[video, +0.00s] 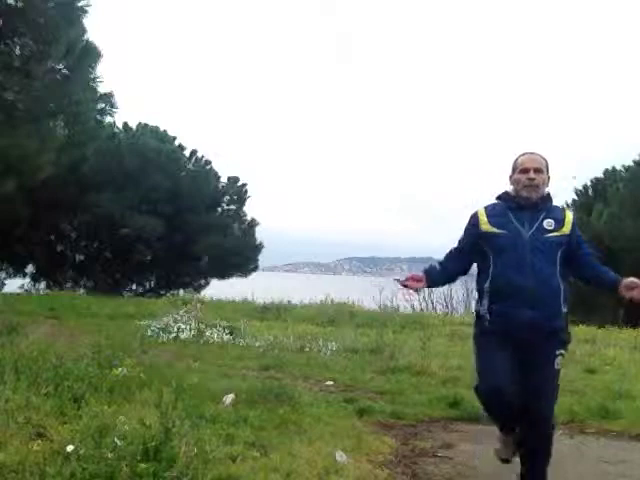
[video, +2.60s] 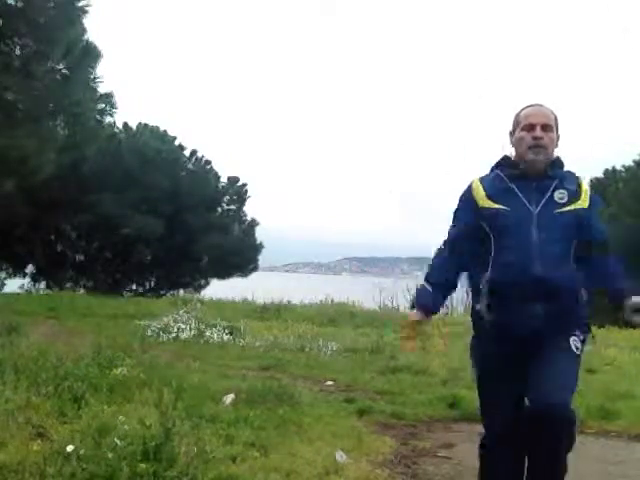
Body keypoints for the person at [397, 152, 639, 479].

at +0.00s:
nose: (530, 176)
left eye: (537, 171)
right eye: (523, 171)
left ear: (548, 180)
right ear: (511, 178)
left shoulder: (563, 220)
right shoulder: (485, 218)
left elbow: (584, 264)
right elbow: (460, 259)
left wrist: (618, 284)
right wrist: (428, 277)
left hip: (545, 331)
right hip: (496, 329)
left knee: (540, 416)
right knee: (493, 390)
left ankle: (533, 474)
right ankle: (509, 430)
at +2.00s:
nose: (542, 136)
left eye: (550, 130)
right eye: (533, 130)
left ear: (562, 140)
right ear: (518, 140)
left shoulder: (584, 192)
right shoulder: (486, 189)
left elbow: (620, 250)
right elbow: (446, 237)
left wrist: (638, 273)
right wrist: (401, 266)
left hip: (560, 333)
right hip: (498, 330)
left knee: (553, 429)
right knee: (501, 428)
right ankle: (503, 476)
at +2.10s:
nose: (542, 156)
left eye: (551, 150)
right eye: (533, 150)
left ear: (564, 161)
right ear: (518, 160)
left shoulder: (590, 212)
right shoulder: (487, 211)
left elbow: (634, 258)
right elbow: (444, 260)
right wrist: (392, 283)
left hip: (561, 348)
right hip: (496, 345)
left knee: (547, 446)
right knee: (484, 419)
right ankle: (520, 470)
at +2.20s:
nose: (542, 146)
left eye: (551, 141)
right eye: (533, 140)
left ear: (562, 153)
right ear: (518, 151)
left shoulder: (584, 202)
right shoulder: (490, 205)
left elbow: (614, 245)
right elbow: (468, 264)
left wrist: (628, 281)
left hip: (559, 340)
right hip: (497, 337)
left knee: (549, 443)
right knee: (478, 397)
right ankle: (500, 474)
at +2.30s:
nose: (541, 130)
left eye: (550, 125)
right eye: (532, 124)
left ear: (562, 134)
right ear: (517, 133)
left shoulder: (574, 169)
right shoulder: (496, 177)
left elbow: (570, 209)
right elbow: (496, 247)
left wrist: (502, 241)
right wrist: (573, 270)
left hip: (553, 311)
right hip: (499, 310)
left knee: (546, 416)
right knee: (492, 400)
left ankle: (542, 473)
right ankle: (499, 473)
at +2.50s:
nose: (534, 157)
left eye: (542, 151)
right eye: (525, 151)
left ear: (553, 161)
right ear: (510, 160)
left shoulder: (571, 202)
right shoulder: (486, 208)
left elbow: (567, 254)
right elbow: (487, 270)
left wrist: (516, 251)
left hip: (553, 332)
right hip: (497, 334)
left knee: (558, 405)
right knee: (497, 433)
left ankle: (537, 468)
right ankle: (499, 473)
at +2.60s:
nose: (537, 135)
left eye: (546, 129)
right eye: (528, 128)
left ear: (558, 139)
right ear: (512, 138)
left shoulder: (579, 194)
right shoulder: (482, 192)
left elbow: (598, 254)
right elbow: (456, 250)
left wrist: (623, 295)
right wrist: (428, 299)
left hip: (559, 328)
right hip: (498, 329)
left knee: (551, 416)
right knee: (501, 431)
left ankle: (547, 475)